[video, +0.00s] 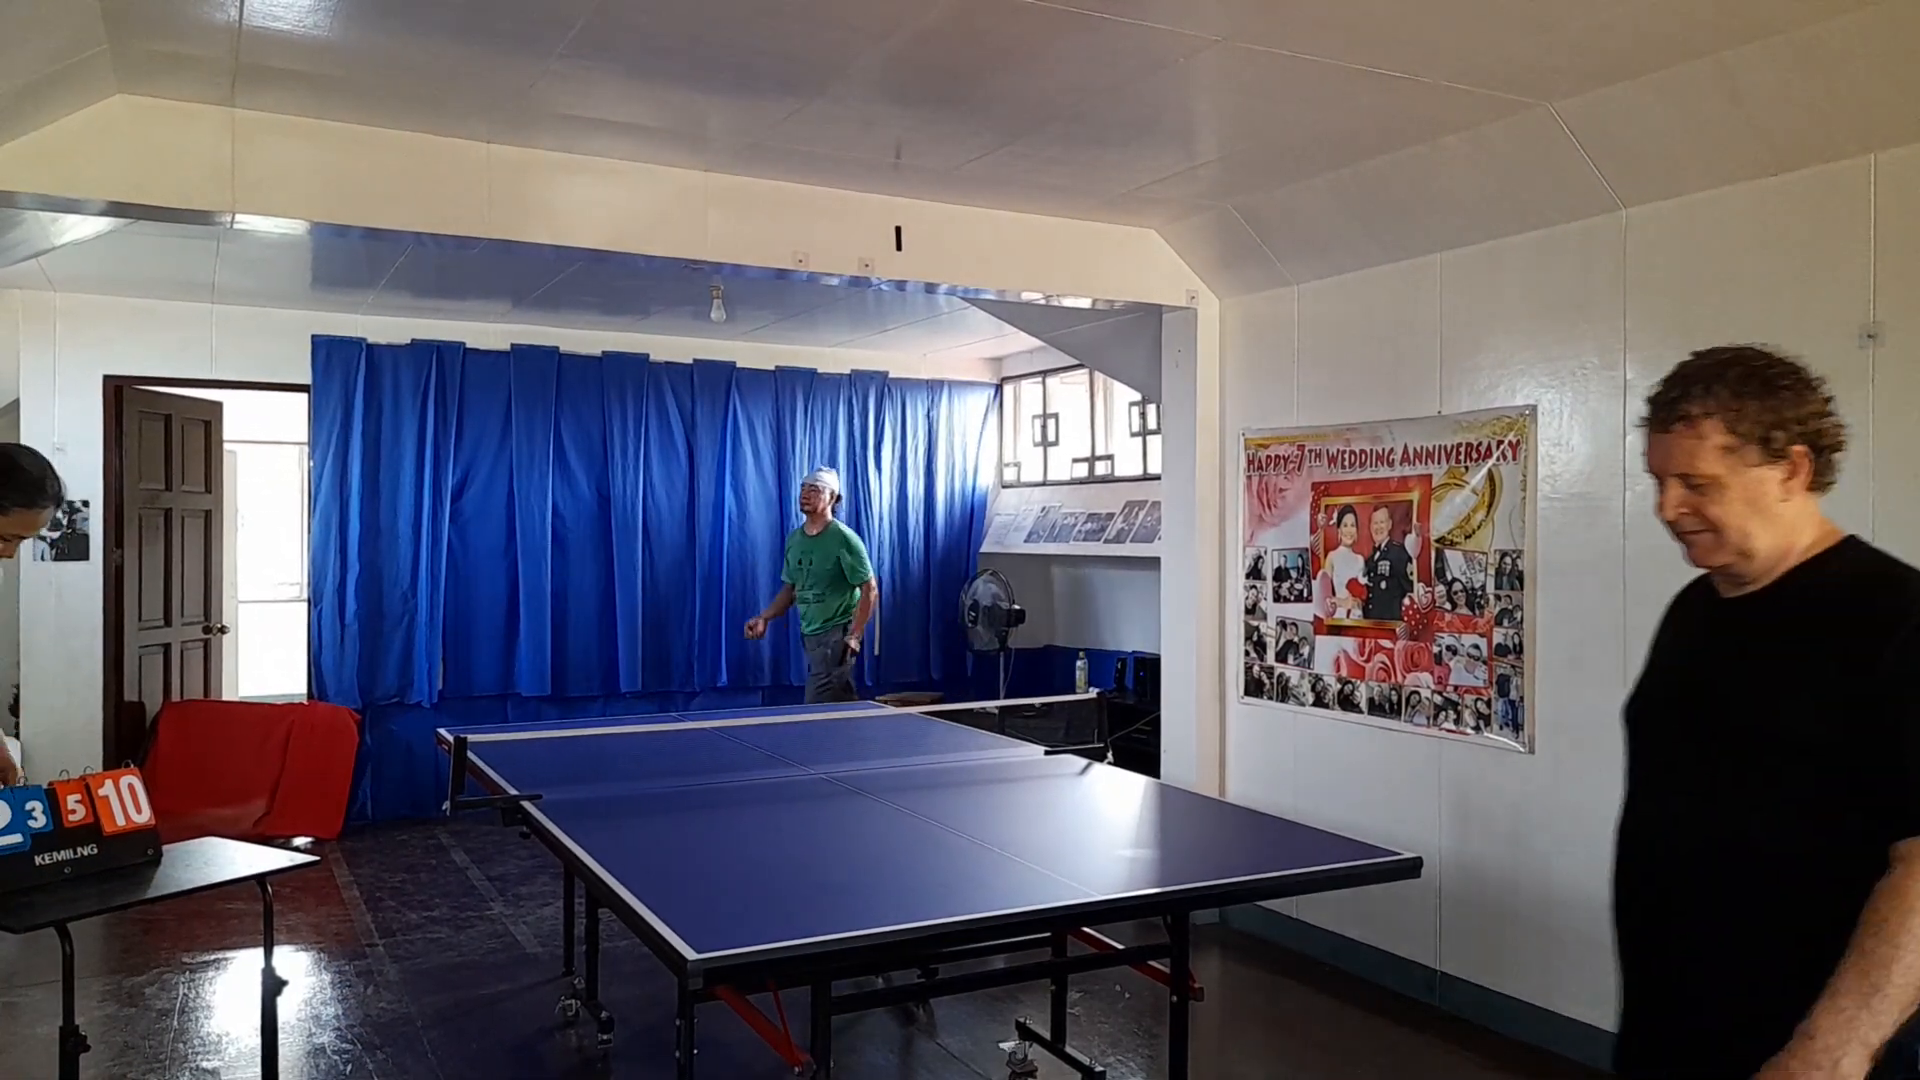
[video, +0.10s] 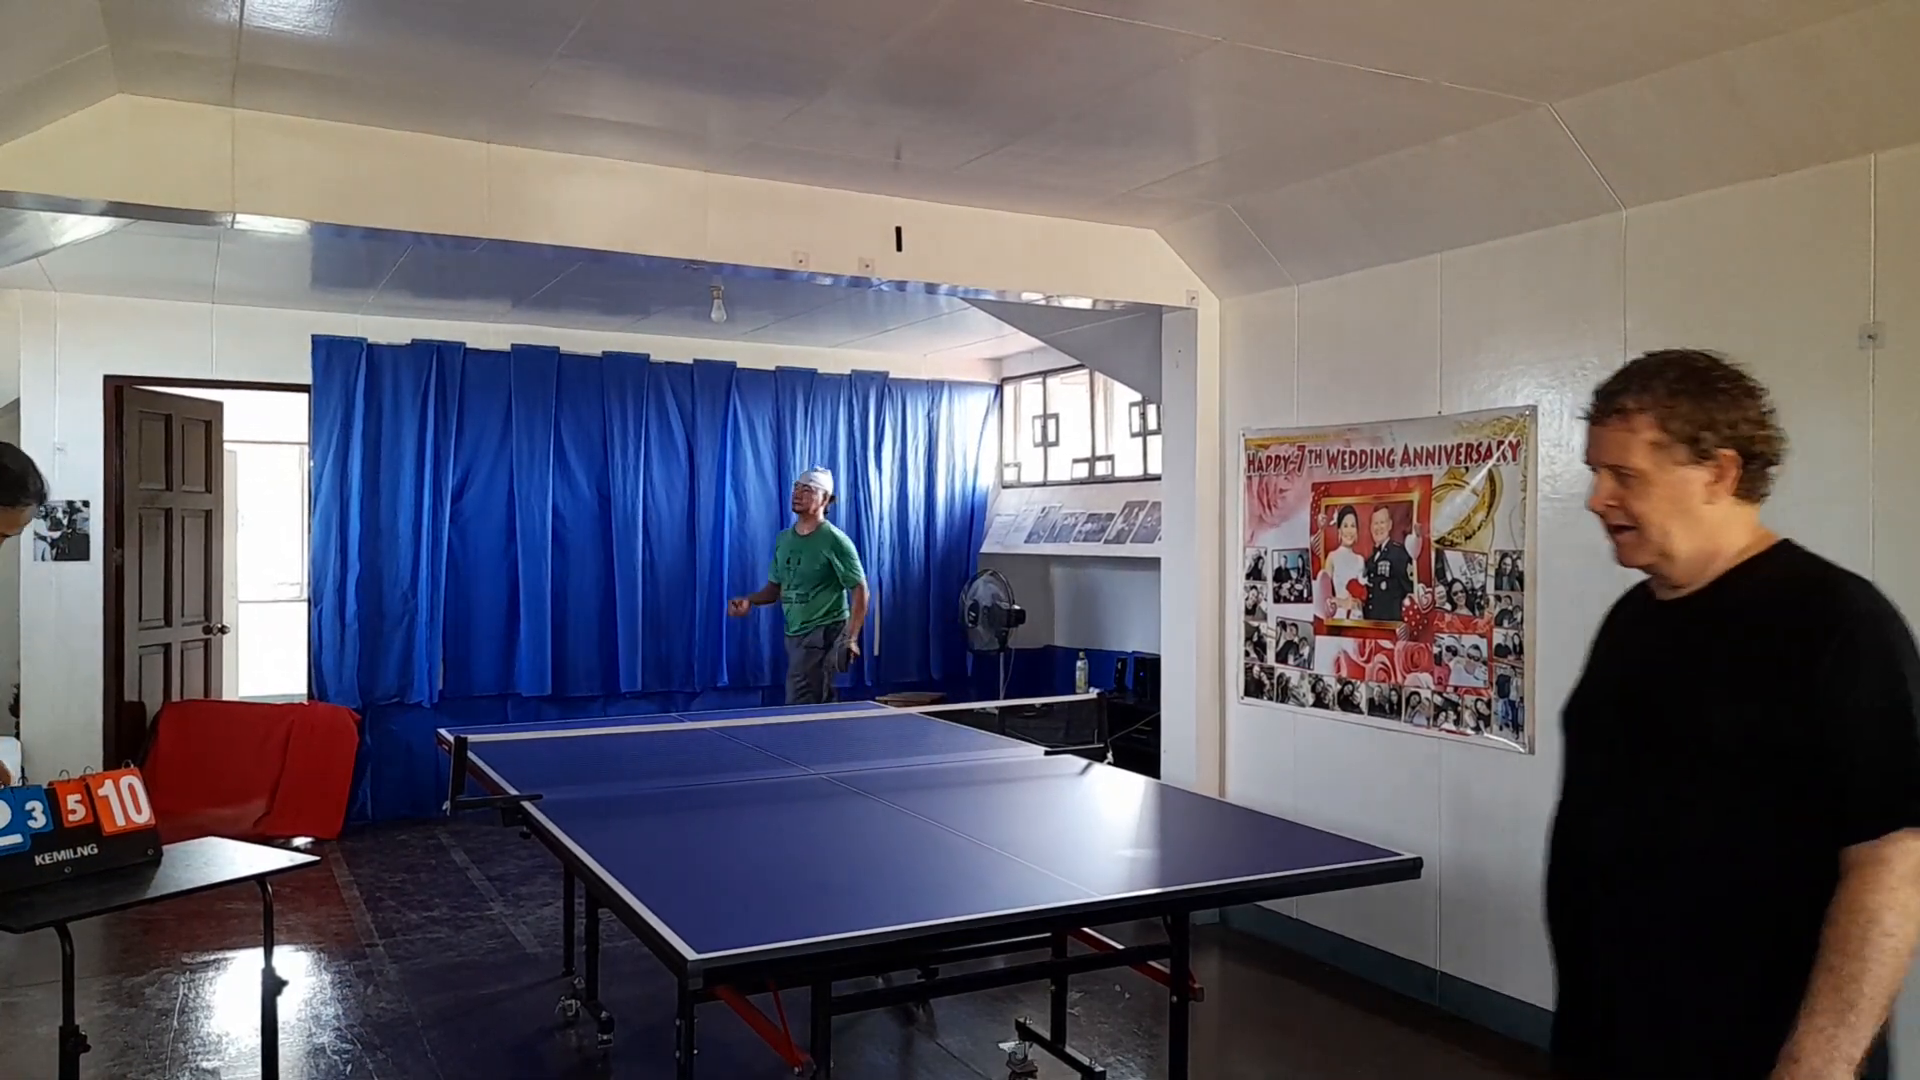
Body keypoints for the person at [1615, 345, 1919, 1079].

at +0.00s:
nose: (1666, 508)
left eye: (1696, 484)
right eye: (1660, 481)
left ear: (1791, 473)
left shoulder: (1897, 613)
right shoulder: (1693, 610)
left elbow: (1918, 862)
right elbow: (1674, 825)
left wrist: (1827, 1056)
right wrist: (1651, 1011)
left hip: (1806, 1050)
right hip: (1669, 1026)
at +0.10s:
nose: (1599, 501)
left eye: (1623, 477)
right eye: (1597, 475)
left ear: (1719, 473)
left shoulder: (1844, 623)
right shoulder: (1632, 620)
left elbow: (1892, 864)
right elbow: (1604, 831)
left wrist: (1812, 1068)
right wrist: (1586, 1021)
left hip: (1761, 1049)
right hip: (1613, 1031)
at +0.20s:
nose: (1532, 487)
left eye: (1554, 464)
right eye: (1536, 463)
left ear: (1644, 470)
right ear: (1641, 471)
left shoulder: (1784, 620)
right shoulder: (1567, 622)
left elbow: (1842, 860)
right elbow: (1544, 833)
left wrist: (1821, 1067)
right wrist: (1531, 1019)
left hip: (1708, 1043)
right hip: (1551, 1029)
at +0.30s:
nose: (1478, 483)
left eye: (1498, 460)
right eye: (1480, 459)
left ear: (1584, 467)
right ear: (1579, 470)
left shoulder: (1732, 622)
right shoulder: (1515, 619)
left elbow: (1805, 861)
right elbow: (1480, 825)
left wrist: (1824, 1063)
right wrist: (1429, 980)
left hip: (1658, 1048)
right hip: (1497, 1036)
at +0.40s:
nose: (1434, 477)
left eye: (1451, 454)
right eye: (1436, 454)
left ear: (1534, 460)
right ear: (1528, 463)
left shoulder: (1687, 615)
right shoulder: (1467, 616)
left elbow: (1776, 848)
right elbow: (1415, 793)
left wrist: (1806, 1059)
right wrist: (1337, 937)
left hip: (1614, 1045)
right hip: (1455, 1032)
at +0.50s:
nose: (1386, 475)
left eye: (1403, 450)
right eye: (1390, 452)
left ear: (1485, 457)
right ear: (1476, 460)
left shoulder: (1637, 616)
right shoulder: (1426, 619)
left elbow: (1737, 844)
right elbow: (1369, 783)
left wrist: (1767, 1060)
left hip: (1571, 1048)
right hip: (1417, 1036)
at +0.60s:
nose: (1339, 477)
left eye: (1355, 454)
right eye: (1343, 455)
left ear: (1432, 461)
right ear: (1425, 462)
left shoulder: (1587, 620)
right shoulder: (1387, 622)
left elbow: (1688, 852)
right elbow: (1304, 772)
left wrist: (1710, 1063)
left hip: (1532, 1047)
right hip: (1377, 1038)